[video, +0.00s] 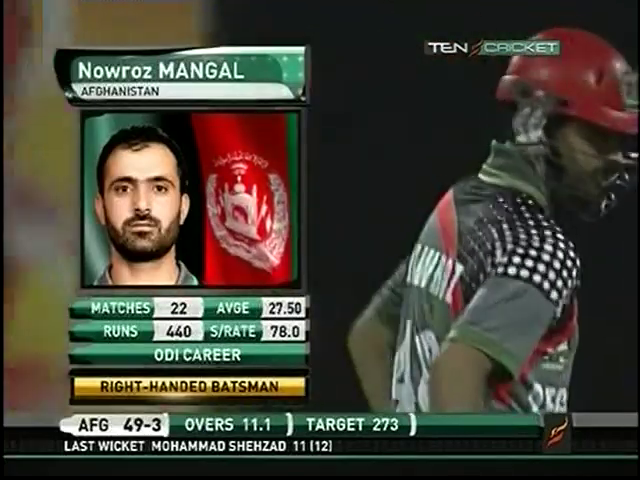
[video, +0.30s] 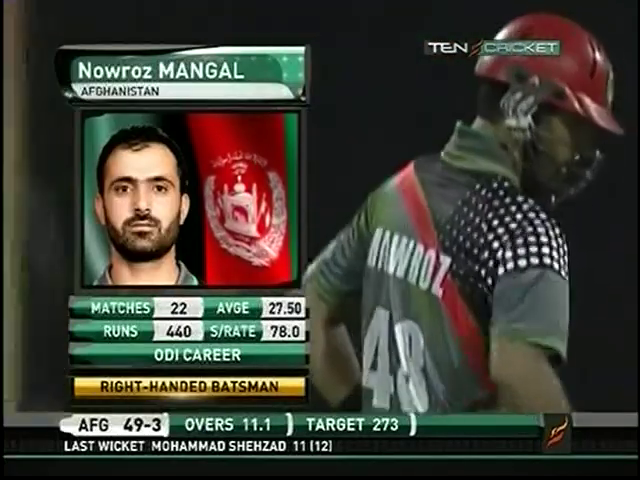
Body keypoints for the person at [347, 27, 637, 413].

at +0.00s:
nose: (617, 161)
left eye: (619, 142)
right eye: (598, 139)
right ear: (538, 128)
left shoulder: (459, 205)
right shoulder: (542, 248)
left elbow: (369, 337)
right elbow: (457, 371)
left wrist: (404, 445)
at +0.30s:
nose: (589, 154)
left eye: (593, 136)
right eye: (578, 129)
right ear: (524, 112)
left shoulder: (401, 187)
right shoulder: (522, 227)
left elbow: (314, 303)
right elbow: (519, 370)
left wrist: (364, 419)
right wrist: (584, 470)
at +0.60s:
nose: (595, 172)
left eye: (598, 153)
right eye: (584, 146)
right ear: (530, 128)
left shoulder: (428, 210)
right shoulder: (526, 245)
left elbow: (347, 357)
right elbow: (505, 406)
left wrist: (418, 435)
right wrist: (558, 418)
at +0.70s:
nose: (599, 153)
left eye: (603, 134)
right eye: (586, 128)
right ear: (534, 113)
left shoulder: (445, 191)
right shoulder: (519, 228)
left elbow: (379, 351)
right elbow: (493, 390)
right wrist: (566, 410)